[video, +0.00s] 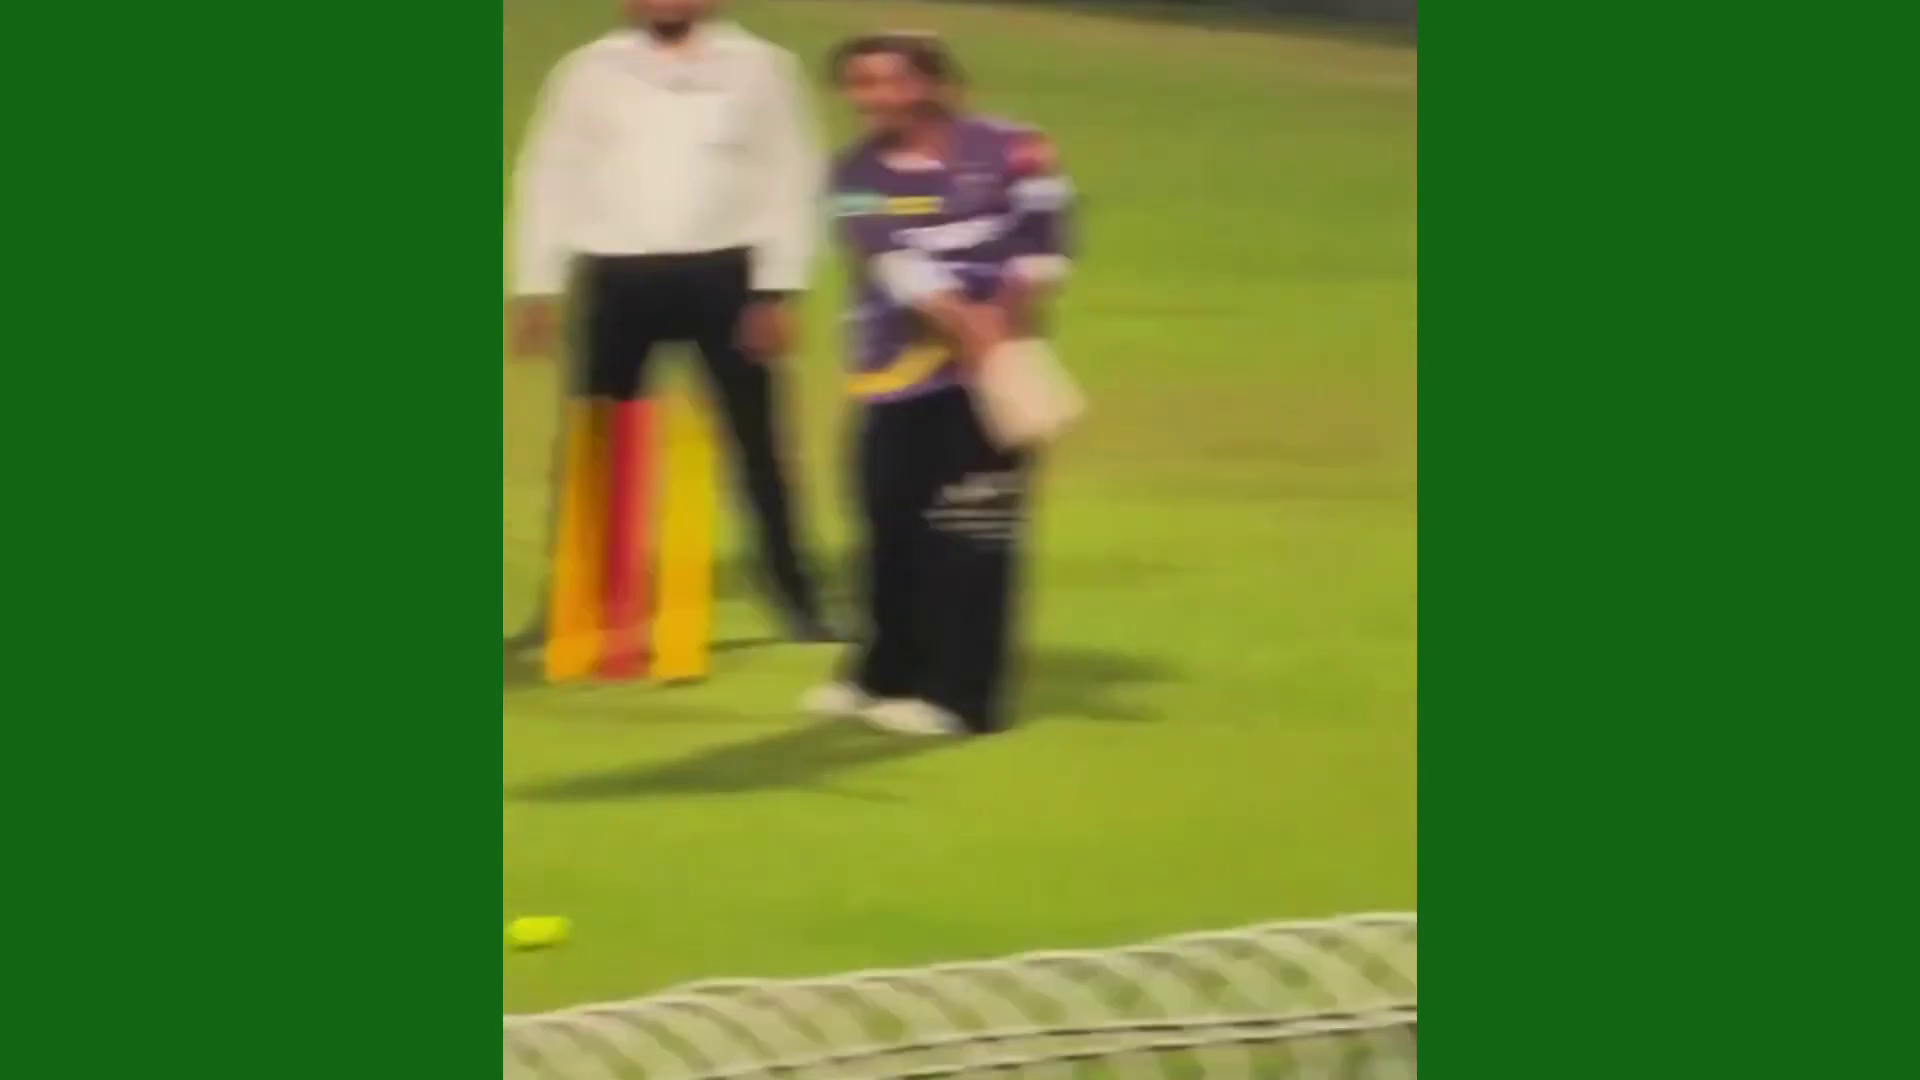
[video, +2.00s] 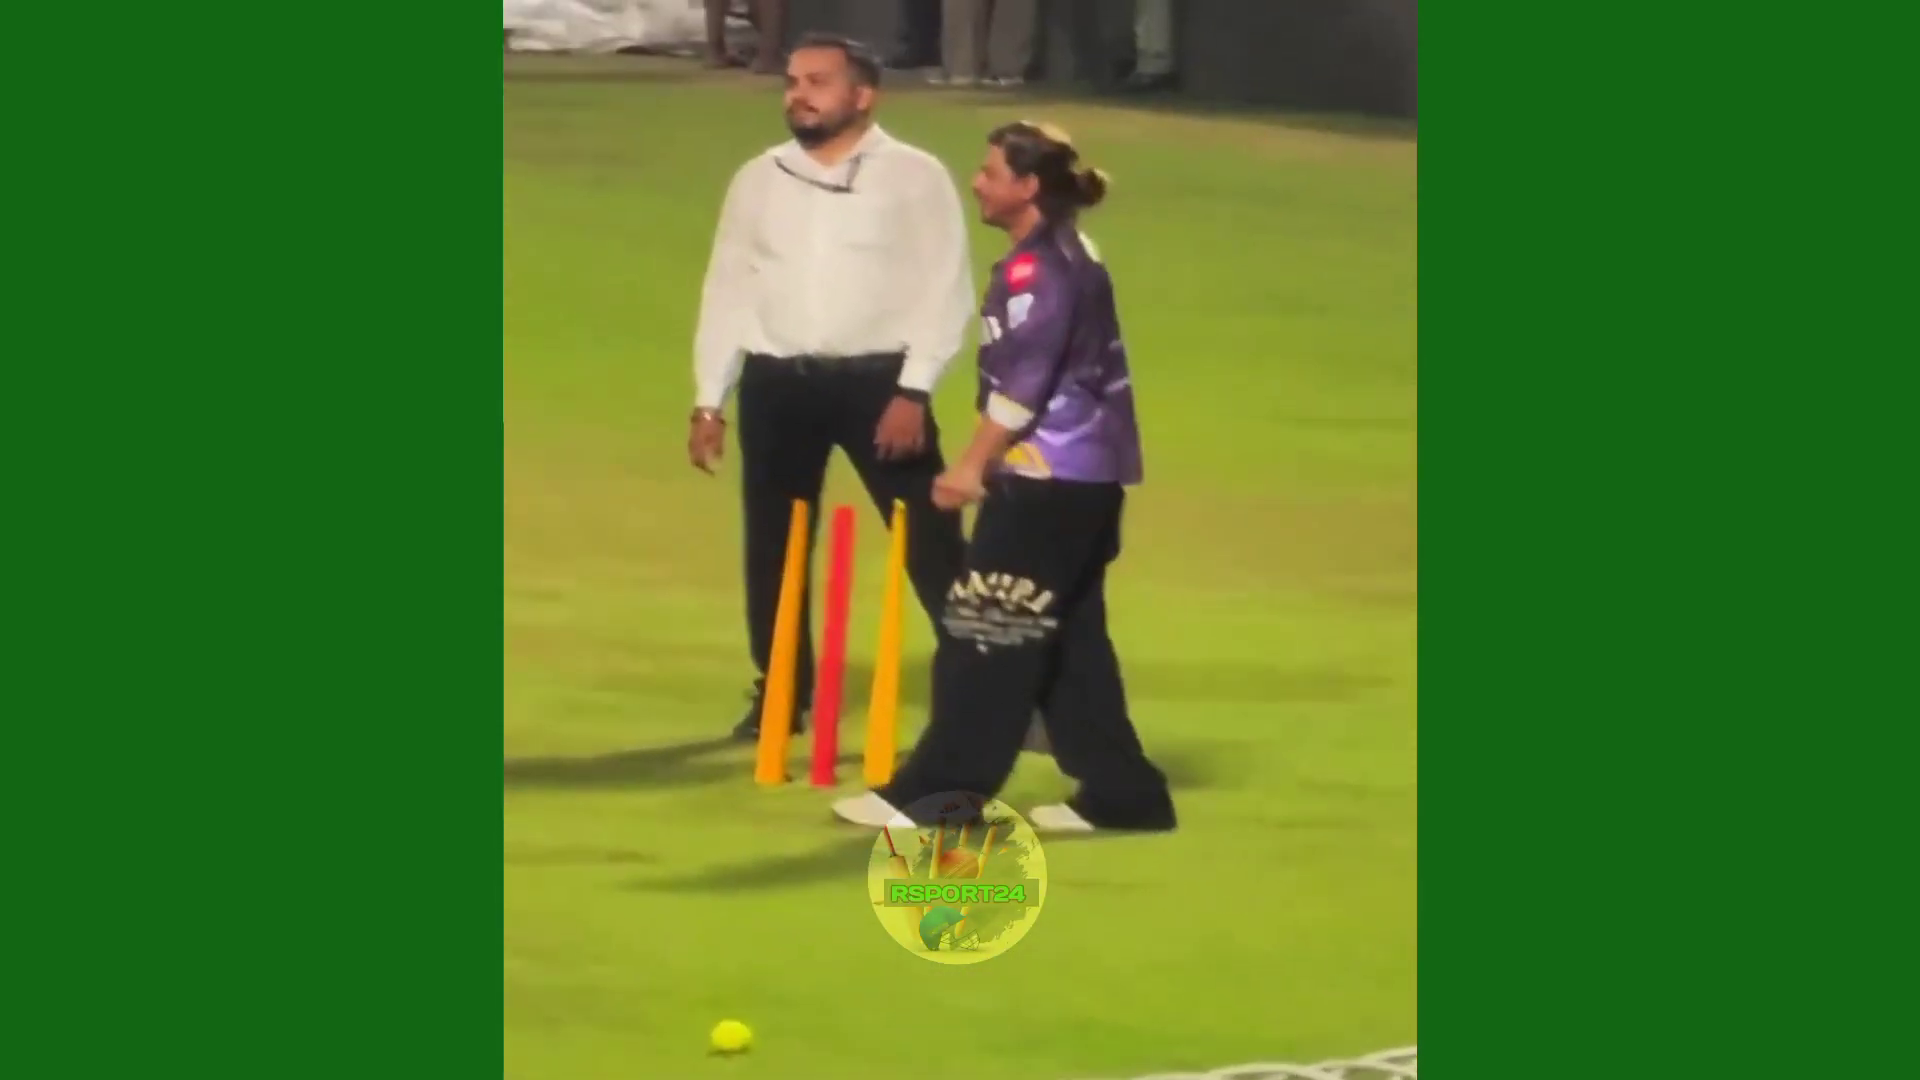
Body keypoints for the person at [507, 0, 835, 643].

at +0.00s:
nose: (666, 2)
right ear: (635, 1)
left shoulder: (760, 68)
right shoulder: (587, 72)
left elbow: (790, 184)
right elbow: (545, 181)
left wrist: (776, 287)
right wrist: (538, 286)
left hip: (721, 275)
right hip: (619, 278)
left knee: (760, 450)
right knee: (595, 452)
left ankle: (797, 600)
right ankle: (570, 608)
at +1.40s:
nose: (722, 37)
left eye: (741, 23)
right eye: (715, 24)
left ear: (788, 36)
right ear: (704, 33)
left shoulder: (842, 119)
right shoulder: (676, 121)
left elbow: (873, 234)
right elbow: (640, 229)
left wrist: (840, 334)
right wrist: (623, 334)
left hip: (805, 329)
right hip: (700, 330)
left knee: (847, 492)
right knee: (682, 497)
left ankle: (886, 640)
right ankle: (666, 643)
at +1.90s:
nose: (789, 86)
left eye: (806, 74)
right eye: (784, 74)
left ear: (854, 87)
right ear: (778, 83)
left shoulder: (910, 167)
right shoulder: (752, 171)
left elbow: (943, 283)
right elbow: (721, 282)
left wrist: (909, 384)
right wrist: (701, 391)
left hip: (874, 379)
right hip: (770, 379)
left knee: (923, 541)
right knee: (759, 548)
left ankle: (958, 690)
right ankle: (760, 692)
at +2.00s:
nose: (798, 94)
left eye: (815, 83)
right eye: (793, 82)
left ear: (862, 95)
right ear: (787, 90)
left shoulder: (917, 176)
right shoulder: (758, 179)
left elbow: (947, 291)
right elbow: (727, 290)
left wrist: (913, 392)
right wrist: (708, 400)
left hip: (881, 387)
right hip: (777, 388)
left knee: (933, 550)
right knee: (773, 556)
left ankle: (985, 688)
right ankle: (780, 696)